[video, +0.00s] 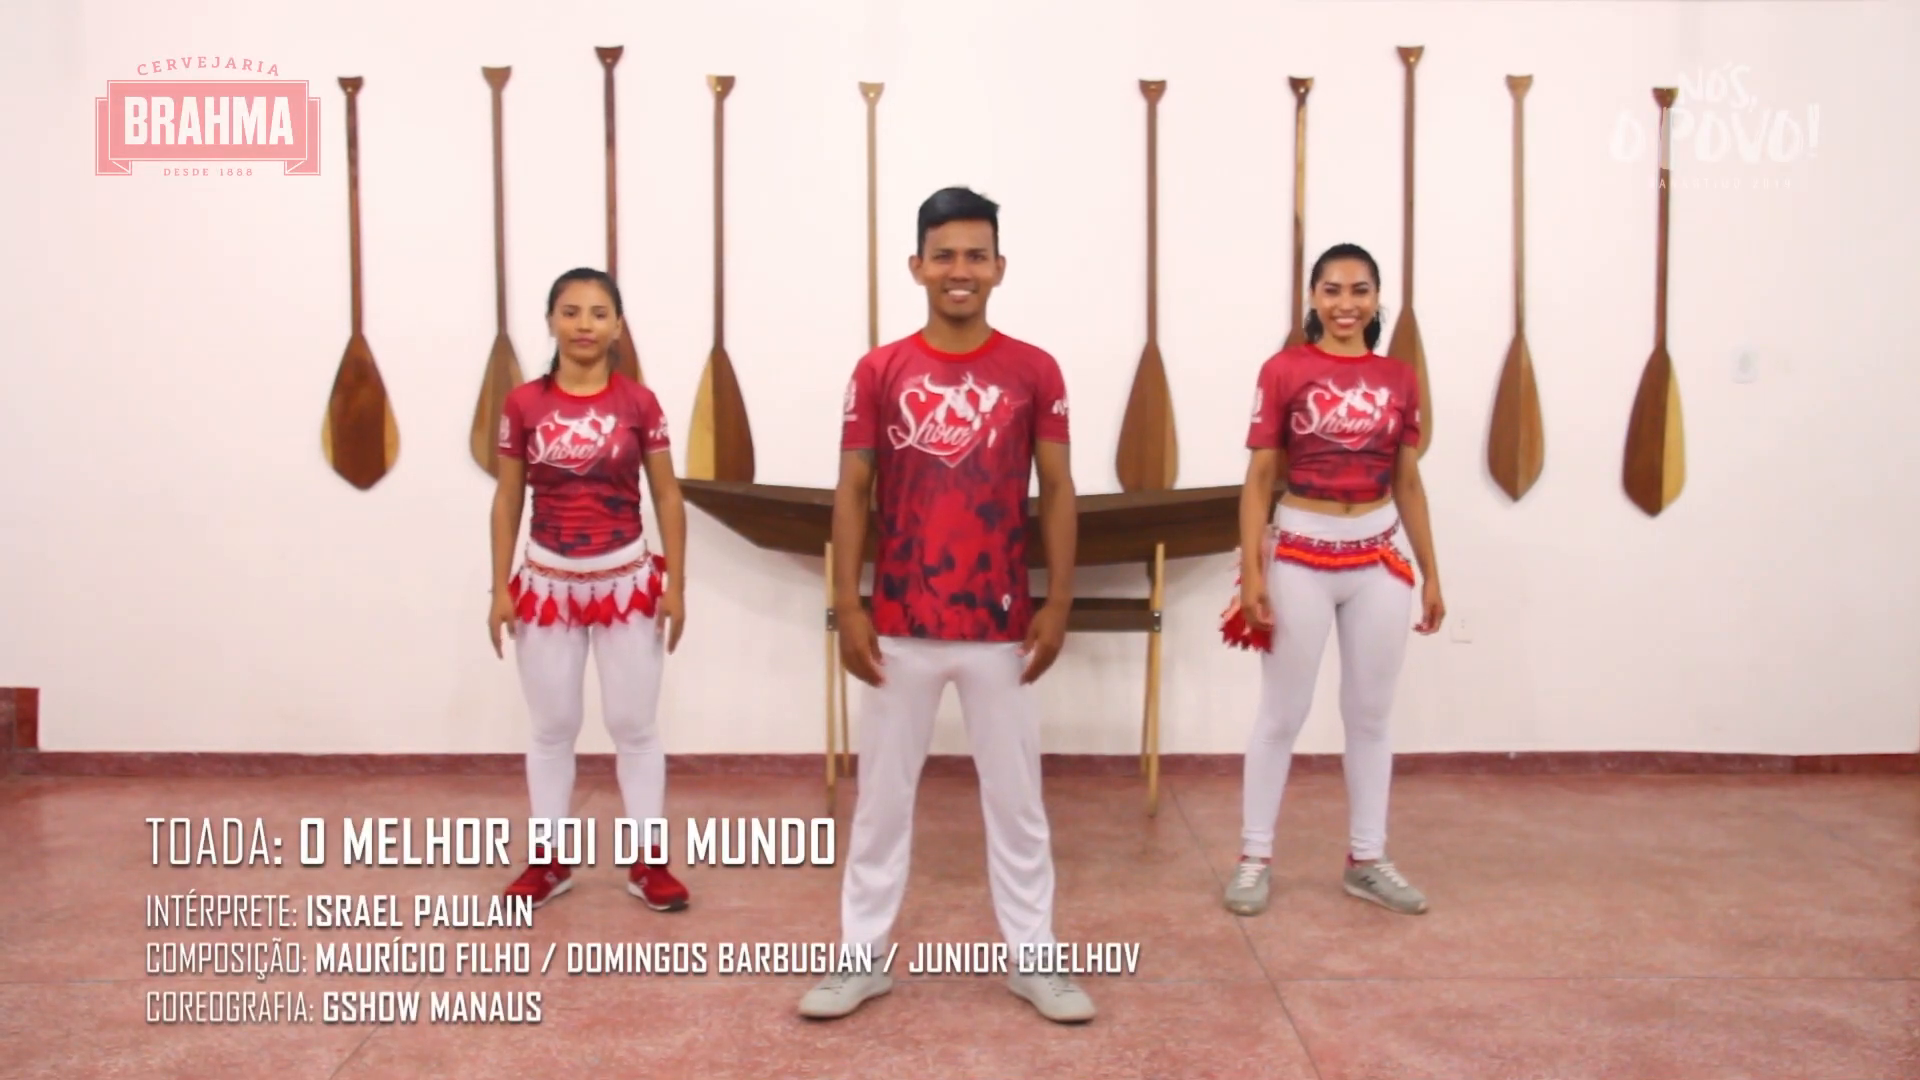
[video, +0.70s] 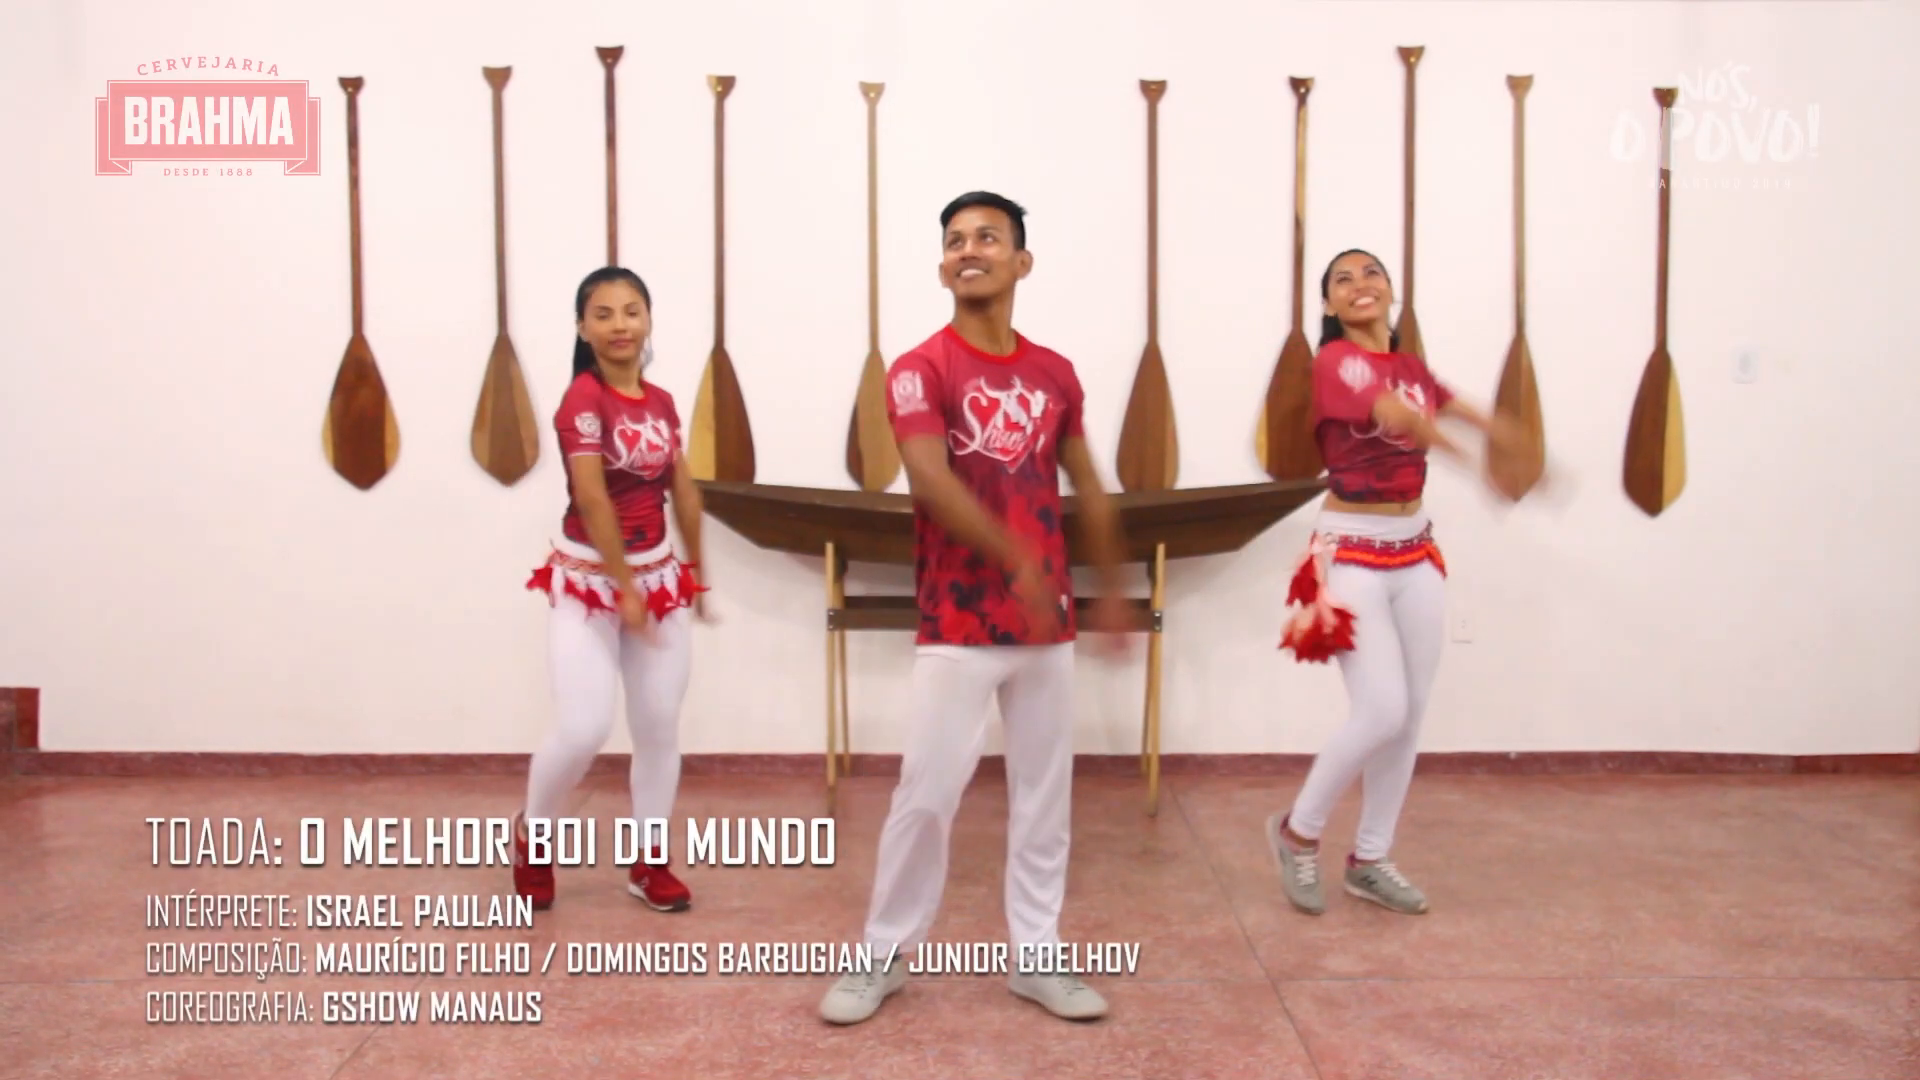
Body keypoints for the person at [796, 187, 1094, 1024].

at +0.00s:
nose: (962, 270)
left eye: (977, 255)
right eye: (946, 256)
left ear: (998, 266)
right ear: (919, 267)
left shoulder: (1034, 371)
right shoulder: (879, 373)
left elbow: (1058, 492)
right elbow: (852, 494)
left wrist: (1059, 601)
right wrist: (845, 605)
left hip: (999, 624)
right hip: (901, 623)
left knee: (1016, 799)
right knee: (881, 796)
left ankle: (1033, 954)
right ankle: (863, 953)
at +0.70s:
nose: (967, 250)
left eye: (986, 238)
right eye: (955, 240)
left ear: (1022, 262)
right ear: (941, 266)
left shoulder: (1054, 372)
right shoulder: (920, 367)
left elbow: (1087, 486)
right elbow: (930, 482)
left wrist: (1113, 587)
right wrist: (1020, 561)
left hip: (1043, 622)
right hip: (958, 624)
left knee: (1043, 799)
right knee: (927, 797)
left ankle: (1037, 954)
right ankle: (880, 951)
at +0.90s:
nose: (958, 245)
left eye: (977, 234)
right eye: (946, 236)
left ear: (1015, 258)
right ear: (934, 263)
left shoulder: (1055, 351)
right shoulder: (920, 355)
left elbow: (1140, 363)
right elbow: (889, 360)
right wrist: (952, 312)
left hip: (1035, 622)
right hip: (944, 622)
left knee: (1037, 803)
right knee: (890, 788)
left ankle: (1035, 955)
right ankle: (850, 959)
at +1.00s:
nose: (954, 248)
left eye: (973, 235)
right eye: (942, 238)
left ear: (1009, 258)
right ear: (929, 265)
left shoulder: (1043, 344)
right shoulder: (914, 352)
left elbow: (1147, 297)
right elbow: (872, 301)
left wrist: (1239, 233)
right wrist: (906, 206)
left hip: (1029, 623)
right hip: (935, 624)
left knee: (1033, 803)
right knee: (878, 798)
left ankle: (1035, 958)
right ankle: (819, 975)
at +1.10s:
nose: (942, 254)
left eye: (961, 240)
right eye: (931, 243)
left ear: (999, 261)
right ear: (918, 263)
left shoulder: (1031, 345)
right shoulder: (895, 350)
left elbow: (1110, 267)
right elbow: (846, 276)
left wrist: (1177, 173)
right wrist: (835, 155)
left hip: (1016, 625)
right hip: (921, 627)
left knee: (1025, 807)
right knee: (873, 812)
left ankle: (1035, 957)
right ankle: (823, 989)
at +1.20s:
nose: (922, 254)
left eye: (943, 242)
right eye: (912, 243)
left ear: (981, 265)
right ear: (899, 261)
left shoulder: (1006, 348)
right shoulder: (869, 349)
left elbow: (1077, 249)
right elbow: (803, 270)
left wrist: (1120, 138)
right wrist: (757, 163)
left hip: (994, 627)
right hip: (896, 630)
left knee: (1014, 805)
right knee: (850, 817)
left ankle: (1033, 956)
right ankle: (816, 998)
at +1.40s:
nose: (879, 241)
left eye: (901, 230)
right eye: (871, 228)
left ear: (942, 256)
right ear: (856, 249)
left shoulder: (960, 342)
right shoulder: (814, 342)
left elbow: (1017, 240)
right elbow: (718, 273)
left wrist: (1022, 118)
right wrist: (626, 197)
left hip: (939, 628)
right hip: (836, 630)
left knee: (996, 800)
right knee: (806, 824)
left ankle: (1043, 955)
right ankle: (811, 1002)